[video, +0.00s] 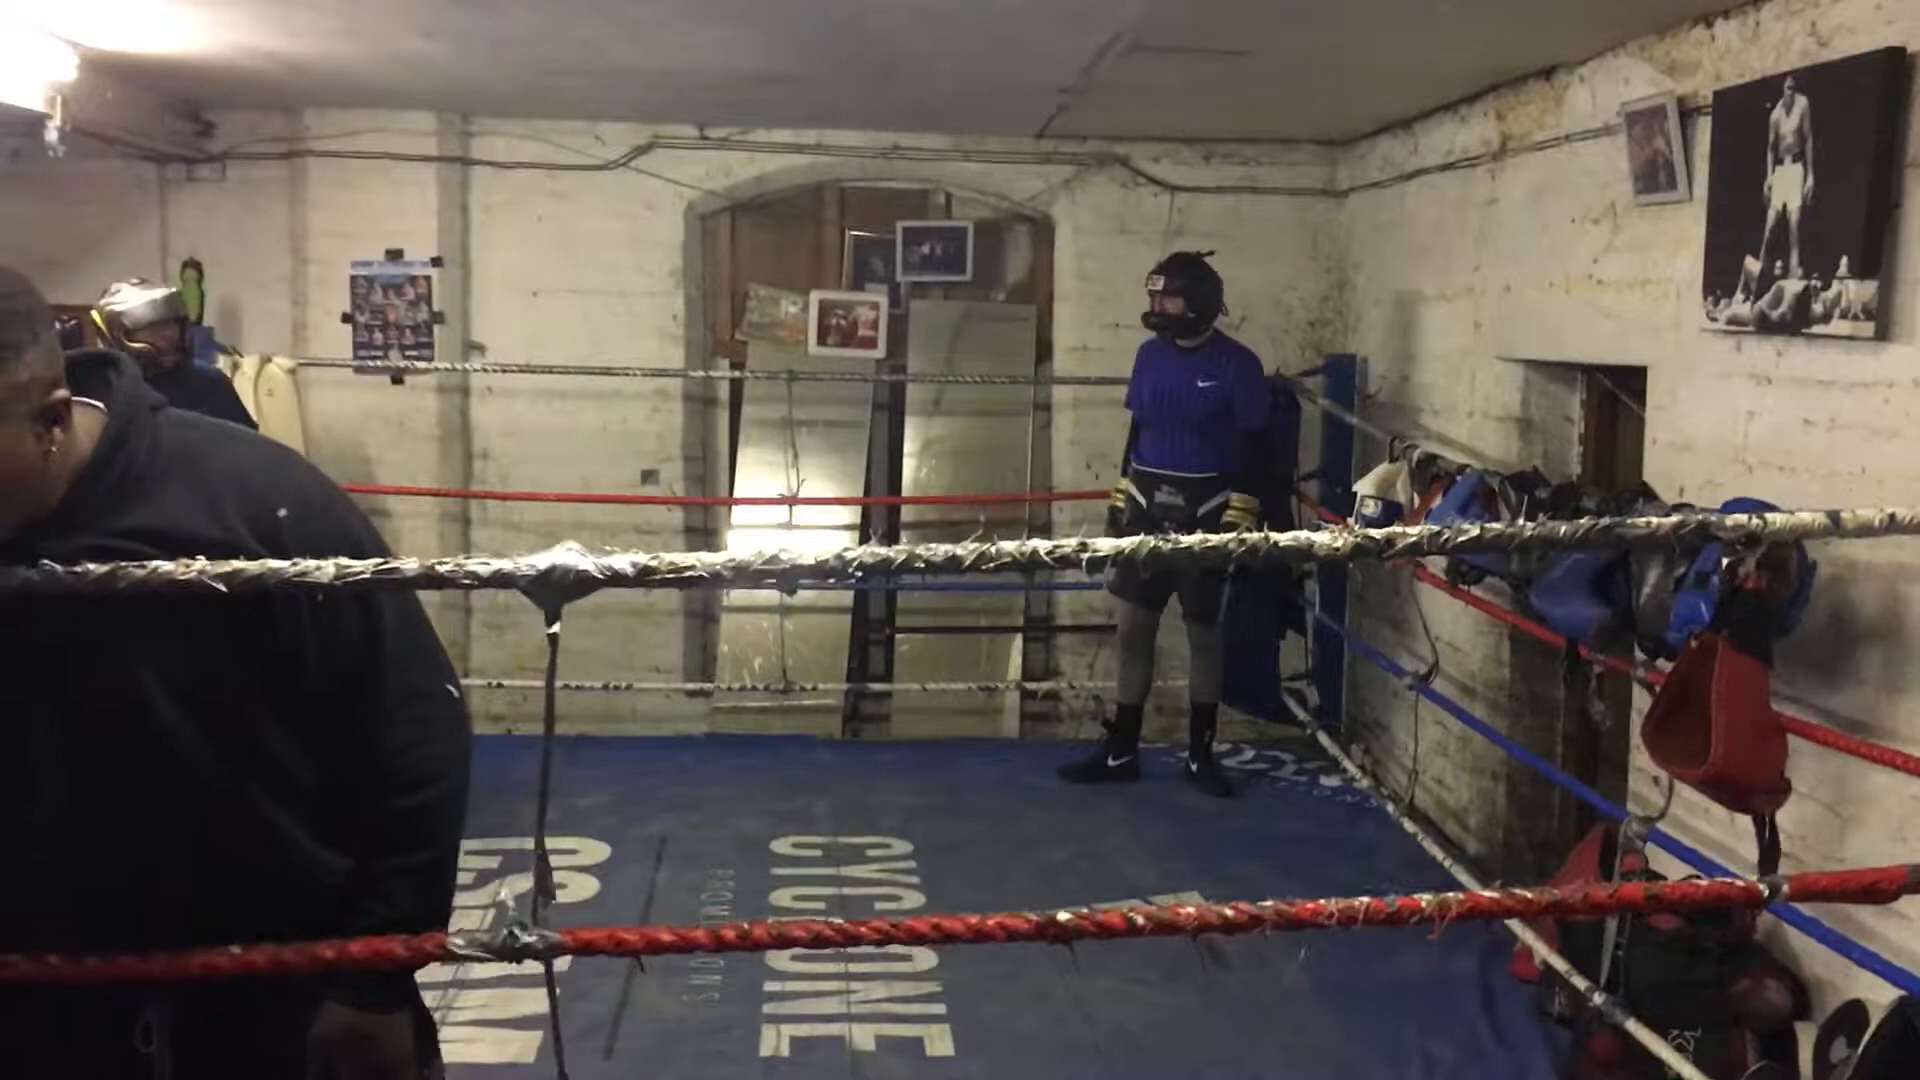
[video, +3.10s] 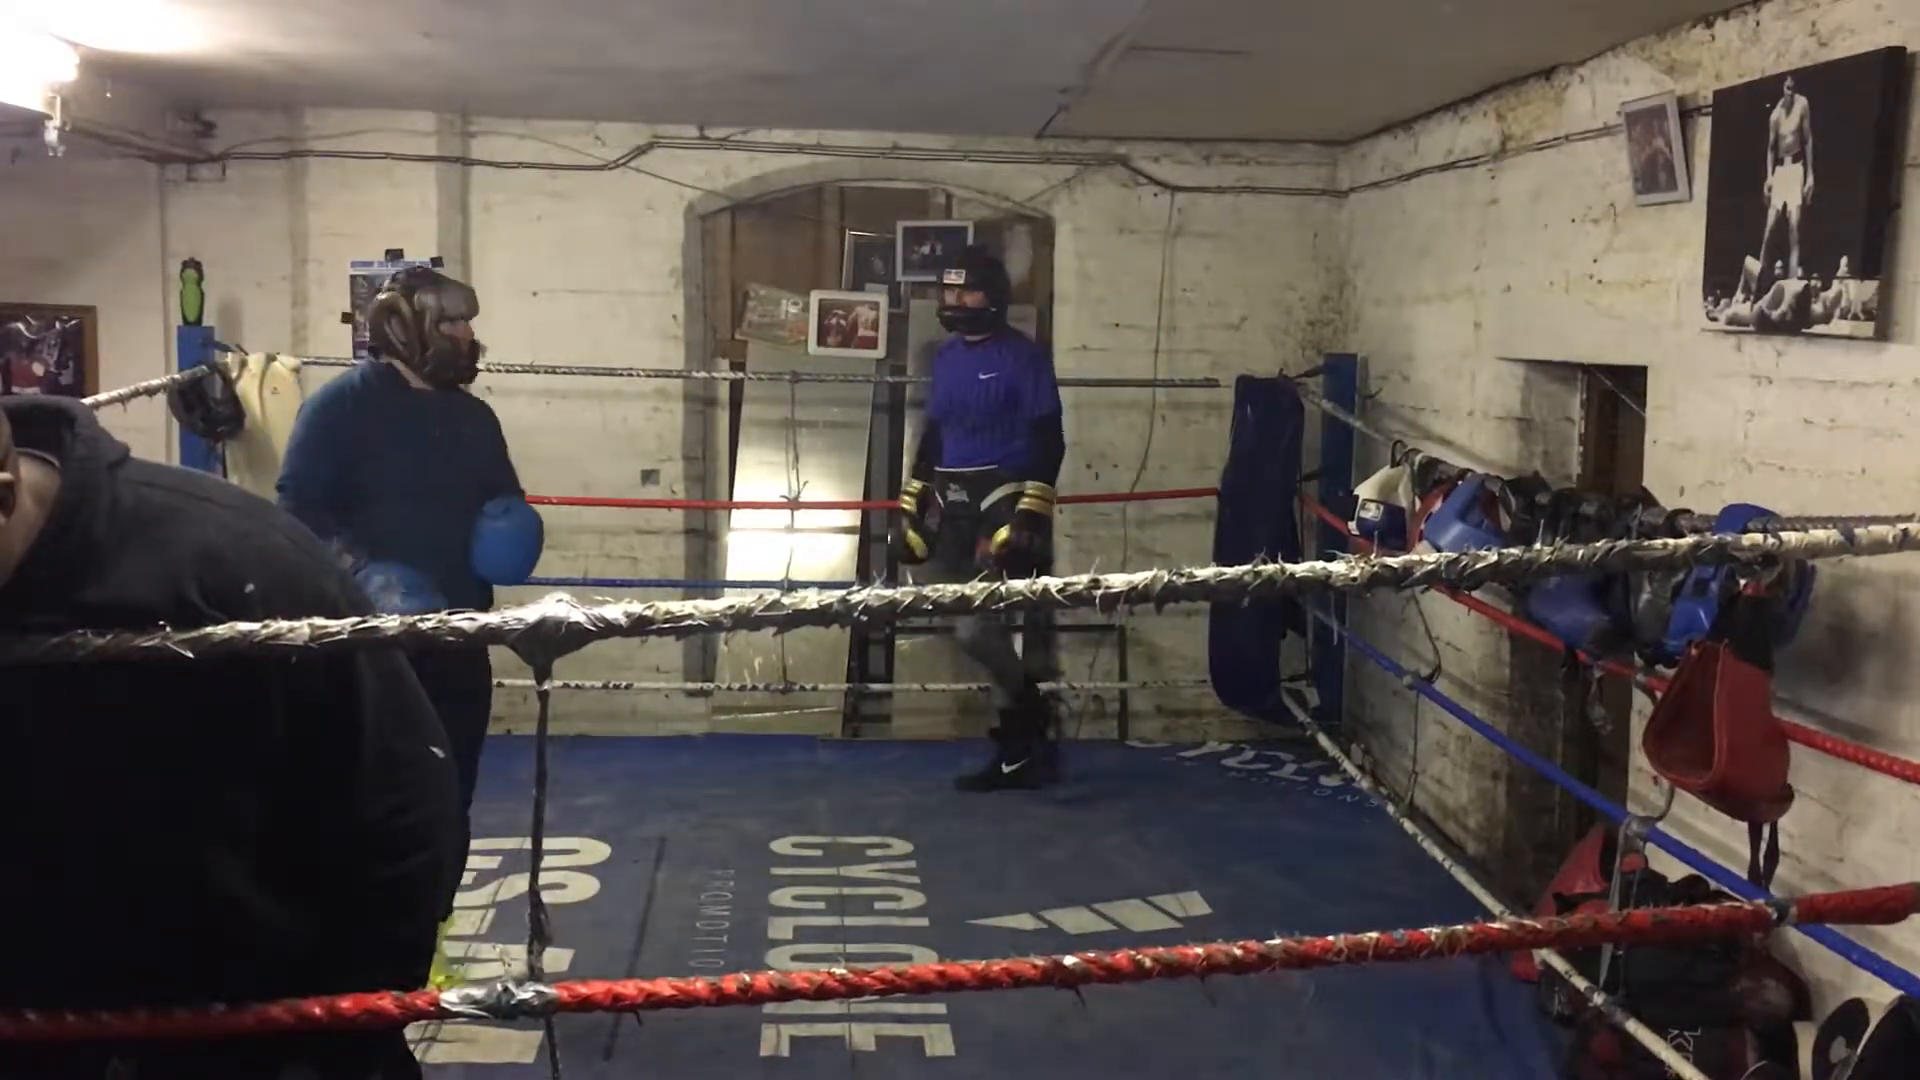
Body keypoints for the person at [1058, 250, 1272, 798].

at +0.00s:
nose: (1157, 304)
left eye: (1168, 295)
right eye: (1154, 295)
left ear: (1199, 301)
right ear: (1154, 300)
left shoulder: (1239, 364)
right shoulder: (1150, 355)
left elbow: (1254, 448)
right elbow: (1138, 431)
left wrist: (1243, 511)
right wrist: (1122, 495)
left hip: (1211, 509)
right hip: (1146, 503)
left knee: (1203, 633)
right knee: (1133, 630)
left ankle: (1201, 755)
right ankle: (1121, 750)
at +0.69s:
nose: (1093, 304)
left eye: (1105, 294)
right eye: (1091, 293)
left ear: (1134, 301)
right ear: (1093, 299)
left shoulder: (1173, 361)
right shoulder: (1085, 355)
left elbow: (1196, 445)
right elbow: (1062, 428)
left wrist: (1195, 519)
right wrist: (1036, 495)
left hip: (1153, 509)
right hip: (1094, 507)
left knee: (1163, 635)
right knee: (1108, 632)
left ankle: (1194, 754)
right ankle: (1117, 752)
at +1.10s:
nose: (1067, 312)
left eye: (1078, 303)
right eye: (1064, 302)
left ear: (1109, 307)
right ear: (1065, 306)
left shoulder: (1152, 363)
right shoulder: (1068, 360)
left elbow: (1179, 448)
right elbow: (1055, 436)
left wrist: (1176, 526)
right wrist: (1038, 503)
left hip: (1134, 504)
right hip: (1080, 505)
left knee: (1116, 627)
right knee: (1101, 628)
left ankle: (1110, 754)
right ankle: (1118, 747)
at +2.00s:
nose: (1061, 304)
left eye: (1072, 296)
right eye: (1060, 295)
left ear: (1103, 306)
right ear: (1067, 300)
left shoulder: (1138, 370)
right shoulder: (1060, 354)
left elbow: (1152, 457)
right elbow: (1040, 428)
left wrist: (1141, 531)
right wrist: (1007, 493)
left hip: (1104, 508)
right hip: (1047, 502)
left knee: (1094, 635)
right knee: (1014, 628)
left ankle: (1095, 777)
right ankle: (1081, 678)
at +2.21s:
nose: (1043, 307)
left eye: (1054, 297)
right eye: (1042, 296)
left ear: (1083, 302)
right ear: (1048, 301)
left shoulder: (1125, 367)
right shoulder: (1048, 353)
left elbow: (1141, 454)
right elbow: (1032, 429)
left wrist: (1133, 525)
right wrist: (1000, 495)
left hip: (1096, 505)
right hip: (1038, 500)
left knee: (1093, 630)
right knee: (994, 621)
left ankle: (1096, 771)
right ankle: (1034, 729)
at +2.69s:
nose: (994, 298)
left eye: (1005, 289)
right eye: (993, 289)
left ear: (1033, 295)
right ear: (998, 296)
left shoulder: (1067, 358)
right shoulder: (991, 358)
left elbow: (1078, 448)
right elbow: (978, 434)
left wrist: (1052, 518)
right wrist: (956, 504)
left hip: (1045, 514)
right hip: (992, 511)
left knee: (1063, 632)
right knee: (1007, 634)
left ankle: (1088, 769)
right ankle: (1018, 758)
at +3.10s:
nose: (952, 301)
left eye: (964, 291)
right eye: (949, 291)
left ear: (991, 298)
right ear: (948, 297)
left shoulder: (1026, 356)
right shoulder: (945, 356)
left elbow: (1049, 441)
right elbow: (933, 432)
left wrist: (1030, 516)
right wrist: (911, 503)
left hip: (1007, 502)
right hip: (954, 501)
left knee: (976, 628)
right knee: (978, 631)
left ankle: (1033, 714)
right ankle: (1013, 752)